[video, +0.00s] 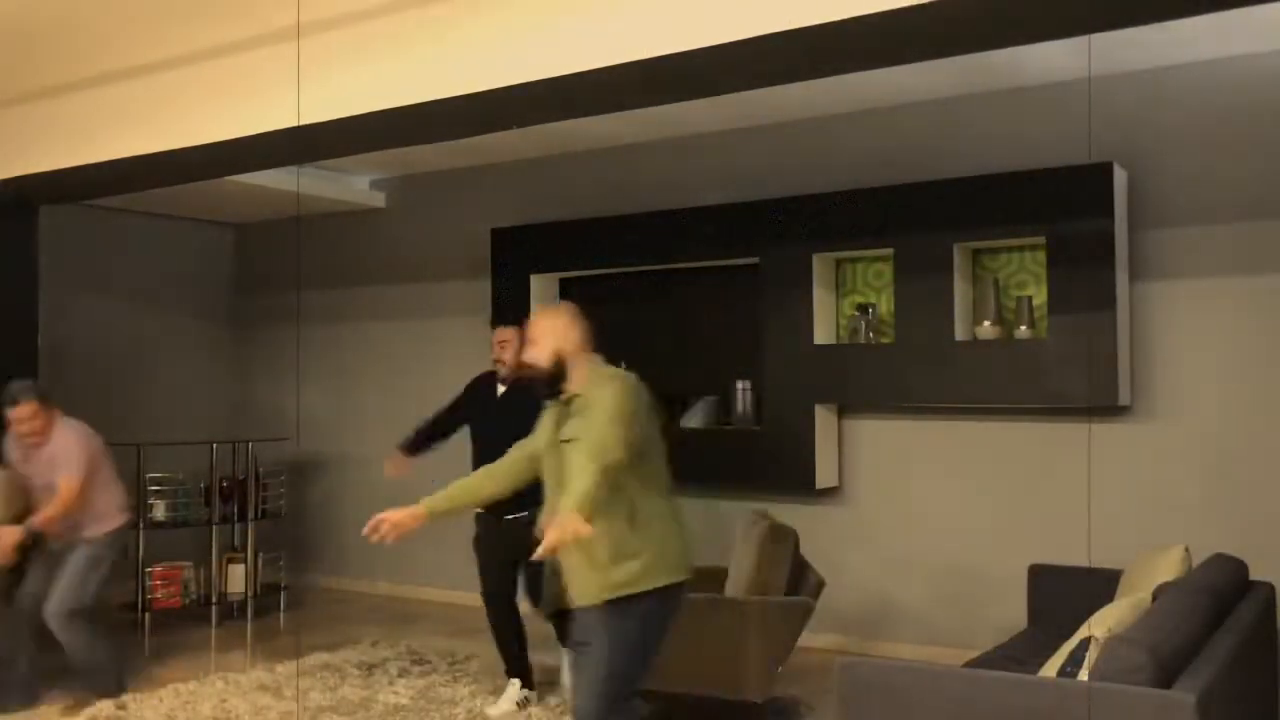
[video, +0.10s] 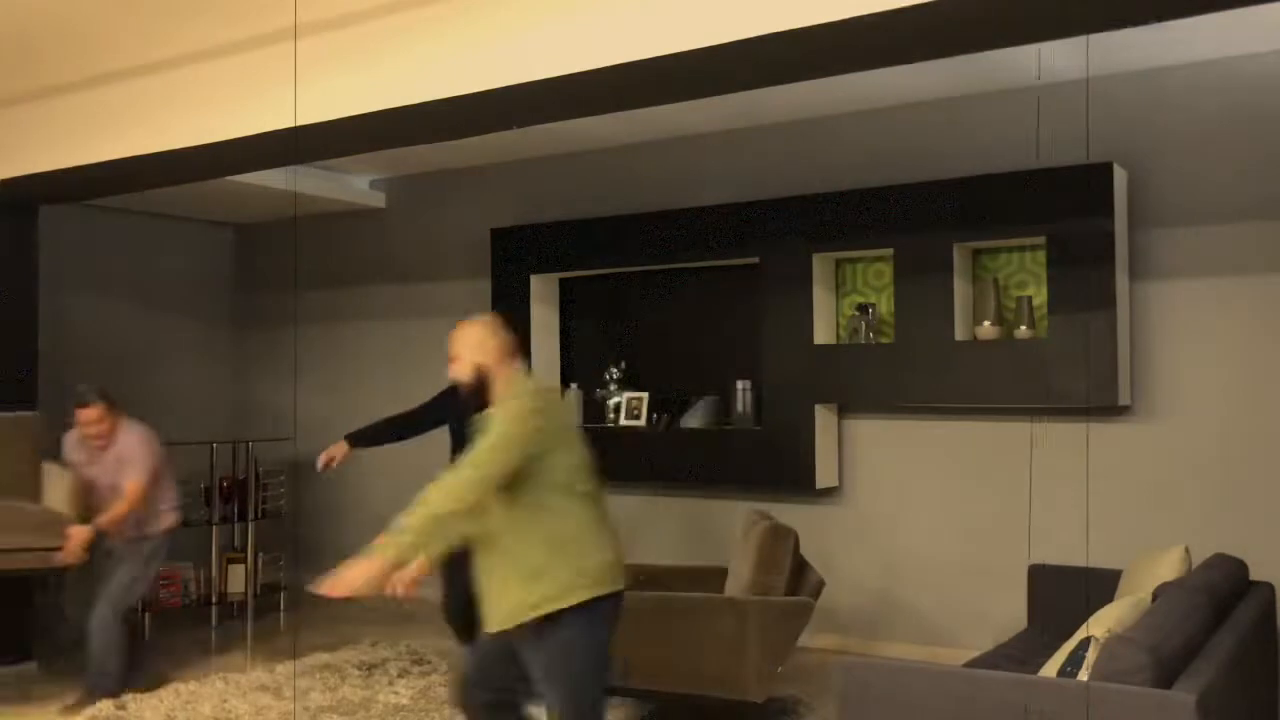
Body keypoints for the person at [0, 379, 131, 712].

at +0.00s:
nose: (27, 427)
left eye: (33, 417)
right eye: (18, 420)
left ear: (48, 413)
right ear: (9, 422)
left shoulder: (73, 437)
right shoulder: (14, 444)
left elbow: (67, 500)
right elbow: (15, 496)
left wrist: (22, 532)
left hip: (102, 531)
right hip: (60, 534)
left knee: (60, 611)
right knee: (25, 606)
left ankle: (108, 684)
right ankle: (22, 693)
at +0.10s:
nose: (94, 430)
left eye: (100, 421)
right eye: (86, 423)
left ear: (114, 416)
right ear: (77, 423)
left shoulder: (137, 440)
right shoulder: (73, 443)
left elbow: (132, 499)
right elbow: (74, 494)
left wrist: (91, 529)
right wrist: (74, 536)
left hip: (151, 532)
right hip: (112, 533)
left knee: (108, 604)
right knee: (106, 603)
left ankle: (101, 688)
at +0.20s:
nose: (138, 433)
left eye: (144, 424)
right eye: (130, 426)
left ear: (156, 421)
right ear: (121, 425)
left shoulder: (179, 440)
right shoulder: (117, 445)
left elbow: (181, 498)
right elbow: (123, 498)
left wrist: (143, 529)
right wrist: (127, 535)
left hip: (200, 526)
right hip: (158, 528)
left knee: (158, 592)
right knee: (133, 589)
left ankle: (174, 669)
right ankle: (138, 667)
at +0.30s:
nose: (193, 433)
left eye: (199, 425)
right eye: (186, 427)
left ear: (212, 422)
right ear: (176, 427)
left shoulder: (231, 440)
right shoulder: (172, 444)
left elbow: (239, 496)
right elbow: (174, 493)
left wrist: (205, 528)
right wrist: (182, 528)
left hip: (238, 521)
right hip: (198, 521)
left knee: (223, 583)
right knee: (184, 579)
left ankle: (244, 655)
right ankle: (189, 656)